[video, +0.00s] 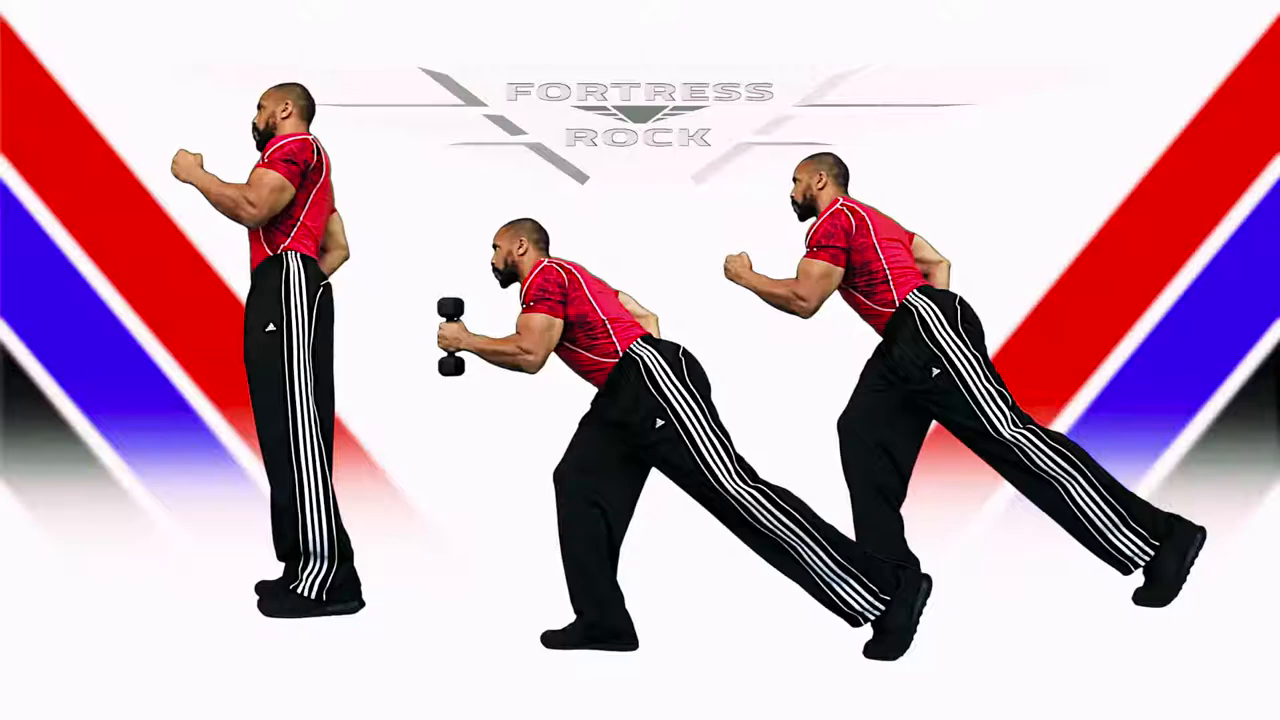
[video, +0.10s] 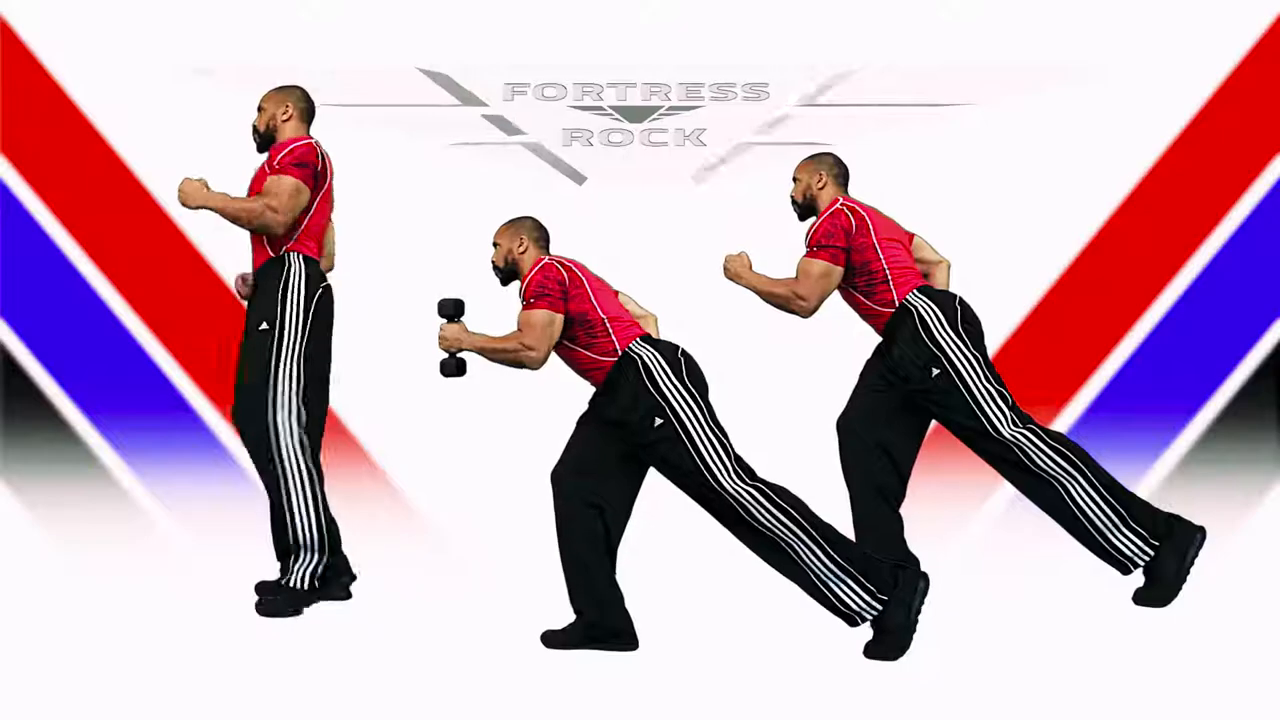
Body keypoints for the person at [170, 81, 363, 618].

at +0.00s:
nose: (254, 119)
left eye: (259, 109)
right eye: (255, 111)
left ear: (284, 109)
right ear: (294, 113)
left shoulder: (296, 146)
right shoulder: (306, 159)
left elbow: (255, 205)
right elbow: (334, 249)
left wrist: (196, 175)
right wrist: (283, 288)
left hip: (287, 291)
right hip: (290, 293)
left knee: (296, 435)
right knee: (290, 435)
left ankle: (322, 580)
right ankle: (309, 572)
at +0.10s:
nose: (254, 119)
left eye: (259, 110)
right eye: (256, 112)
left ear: (284, 112)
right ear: (291, 115)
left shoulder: (299, 150)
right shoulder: (294, 162)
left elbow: (275, 213)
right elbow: (321, 257)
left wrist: (209, 198)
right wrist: (262, 281)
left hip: (291, 287)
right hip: (282, 290)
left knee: (282, 420)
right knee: (254, 419)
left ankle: (307, 570)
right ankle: (319, 562)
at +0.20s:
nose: (254, 124)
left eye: (259, 115)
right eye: (255, 116)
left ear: (284, 115)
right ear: (288, 118)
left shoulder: (302, 152)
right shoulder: (273, 178)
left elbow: (316, 215)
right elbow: (270, 264)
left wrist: (243, 227)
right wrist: (223, 248)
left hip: (296, 286)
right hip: (290, 292)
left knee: (214, 378)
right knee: (289, 435)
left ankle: (257, 526)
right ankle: (316, 569)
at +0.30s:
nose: (254, 121)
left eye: (260, 112)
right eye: (255, 115)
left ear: (284, 114)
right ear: (284, 118)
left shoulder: (303, 148)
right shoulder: (277, 177)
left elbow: (350, 201)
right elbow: (246, 250)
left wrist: (286, 239)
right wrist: (205, 211)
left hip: (297, 280)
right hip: (299, 298)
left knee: (184, 325)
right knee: (289, 438)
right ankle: (315, 570)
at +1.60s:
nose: (259, 125)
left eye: (264, 116)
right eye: (261, 117)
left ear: (288, 117)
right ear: (293, 121)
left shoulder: (310, 158)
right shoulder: (281, 179)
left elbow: (298, 226)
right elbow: (277, 267)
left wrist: (225, 219)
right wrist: (227, 262)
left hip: (297, 287)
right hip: (295, 296)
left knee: (206, 371)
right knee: (285, 431)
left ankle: (248, 520)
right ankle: (315, 571)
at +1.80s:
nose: (257, 122)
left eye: (263, 112)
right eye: (259, 115)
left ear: (286, 111)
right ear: (298, 117)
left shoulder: (301, 151)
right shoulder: (306, 164)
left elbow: (243, 205)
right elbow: (333, 253)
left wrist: (196, 160)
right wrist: (292, 301)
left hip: (294, 290)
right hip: (293, 292)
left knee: (274, 425)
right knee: (275, 426)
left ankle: (301, 574)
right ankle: (322, 564)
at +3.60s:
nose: (261, 120)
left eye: (268, 111)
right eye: (263, 112)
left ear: (292, 114)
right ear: (295, 117)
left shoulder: (313, 153)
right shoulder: (283, 174)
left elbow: (300, 217)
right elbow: (282, 263)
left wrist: (229, 204)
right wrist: (235, 249)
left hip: (298, 287)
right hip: (288, 292)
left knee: (241, 400)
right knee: (291, 426)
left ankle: (285, 562)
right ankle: (318, 566)